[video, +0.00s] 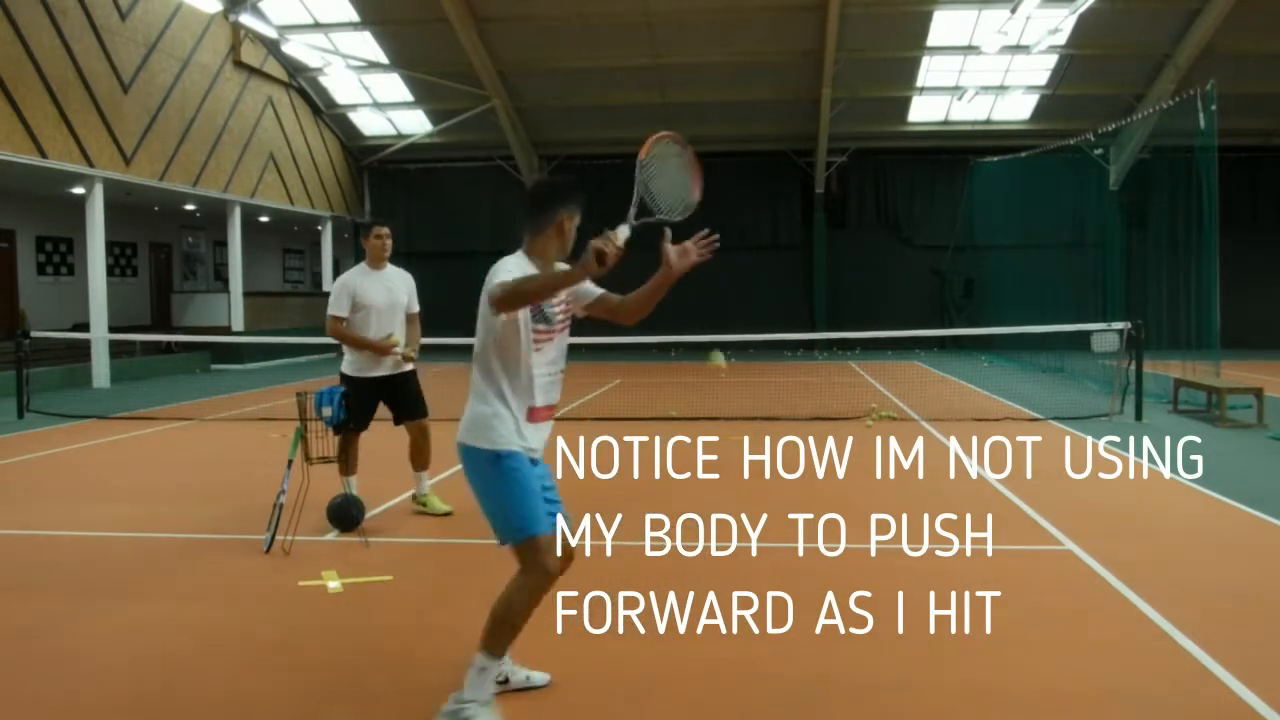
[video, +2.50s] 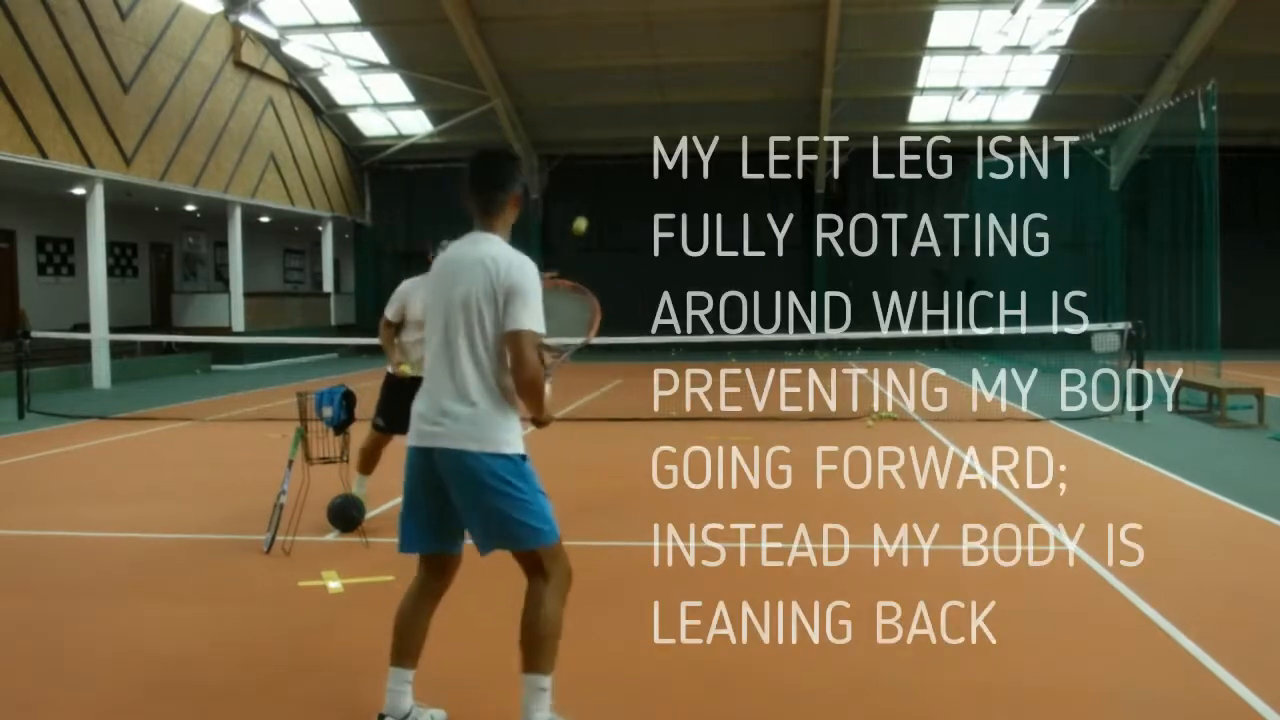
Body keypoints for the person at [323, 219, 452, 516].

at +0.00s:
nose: (385, 242)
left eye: (388, 238)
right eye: (378, 238)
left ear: (392, 243)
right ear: (365, 242)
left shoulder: (404, 279)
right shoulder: (348, 282)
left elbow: (413, 320)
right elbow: (334, 327)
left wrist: (412, 348)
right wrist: (373, 345)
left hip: (400, 371)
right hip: (359, 374)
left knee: (420, 426)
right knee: (350, 434)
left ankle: (422, 492)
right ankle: (349, 497)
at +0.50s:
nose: (384, 241)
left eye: (387, 236)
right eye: (377, 236)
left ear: (390, 241)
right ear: (362, 240)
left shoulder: (401, 276)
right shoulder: (346, 280)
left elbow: (412, 315)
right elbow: (332, 326)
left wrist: (429, 346)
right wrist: (366, 345)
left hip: (398, 370)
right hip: (360, 373)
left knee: (406, 428)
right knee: (352, 434)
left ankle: (413, 493)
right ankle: (350, 498)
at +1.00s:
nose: (394, 243)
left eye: (393, 237)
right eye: (389, 237)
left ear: (382, 241)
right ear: (372, 239)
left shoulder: (395, 276)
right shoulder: (346, 279)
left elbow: (404, 315)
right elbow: (331, 326)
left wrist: (425, 347)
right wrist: (367, 347)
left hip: (397, 370)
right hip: (360, 373)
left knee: (405, 429)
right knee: (351, 434)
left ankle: (413, 492)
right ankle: (350, 498)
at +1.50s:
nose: (395, 247)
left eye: (394, 241)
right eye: (393, 241)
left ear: (379, 242)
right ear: (381, 242)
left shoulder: (391, 277)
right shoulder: (347, 278)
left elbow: (401, 318)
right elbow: (329, 325)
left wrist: (437, 334)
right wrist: (366, 348)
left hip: (397, 371)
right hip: (360, 375)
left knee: (412, 429)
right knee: (353, 437)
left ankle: (413, 492)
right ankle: (351, 502)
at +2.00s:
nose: (439, 264)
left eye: (442, 258)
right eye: (432, 258)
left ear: (446, 262)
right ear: (418, 260)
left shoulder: (448, 294)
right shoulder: (390, 292)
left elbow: (451, 342)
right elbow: (365, 329)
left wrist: (469, 379)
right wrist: (385, 362)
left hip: (429, 379)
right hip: (386, 381)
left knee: (450, 436)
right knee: (372, 441)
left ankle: (456, 499)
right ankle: (352, 497)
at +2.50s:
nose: (448, 262)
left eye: (453, 257)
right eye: (443, 255)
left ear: (460, 261)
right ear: (432, 258)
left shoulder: (462, 293)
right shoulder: (411, 288)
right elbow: (387, 325)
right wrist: (394, 359)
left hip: (444, 378)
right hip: (406, 376)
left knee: (445, 442)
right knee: (379, 436)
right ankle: (359, 491)